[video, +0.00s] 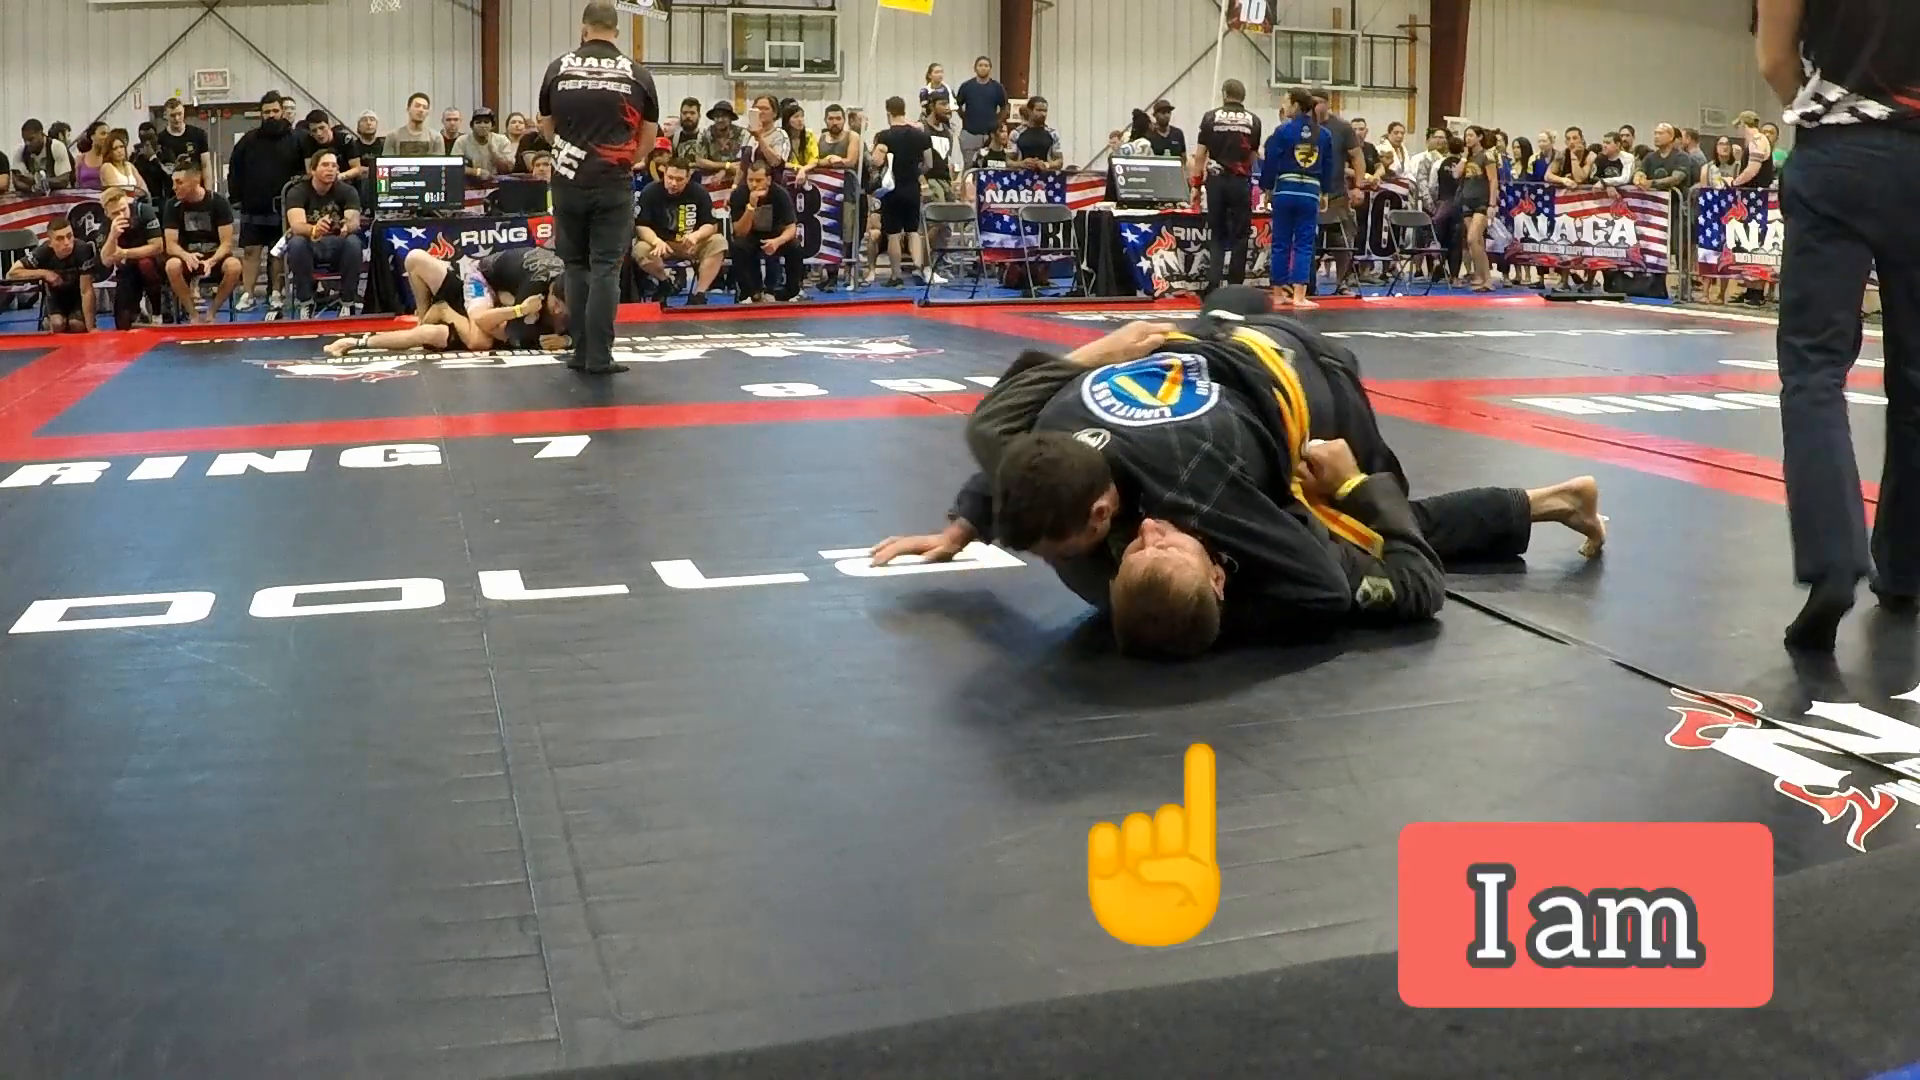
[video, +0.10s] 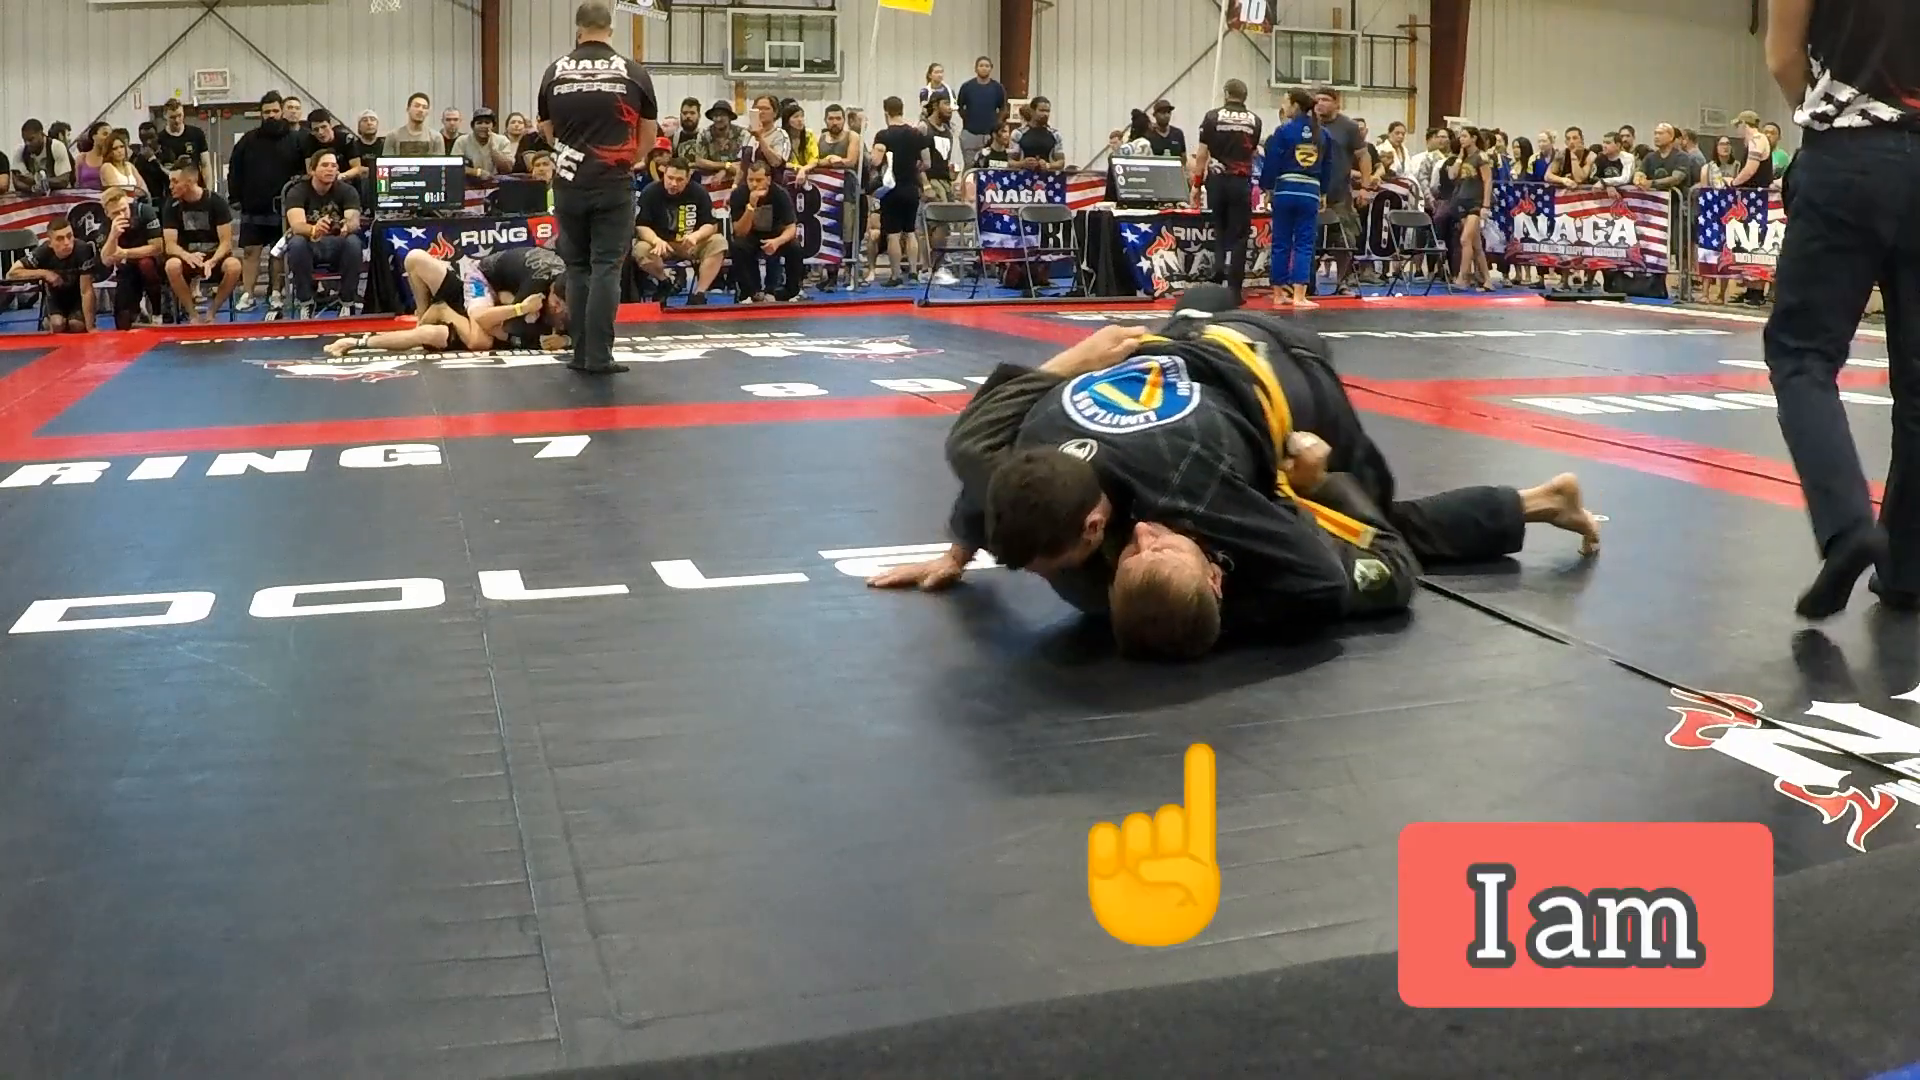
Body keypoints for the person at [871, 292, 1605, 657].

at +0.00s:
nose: (1169, 550)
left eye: (1070, 551)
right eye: (1180, 556)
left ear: (1108, 517)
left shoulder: (1225, 523)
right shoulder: (1031, 446)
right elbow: (1002, 485)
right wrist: (958, 528)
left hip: (1299, 383)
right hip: (1226, 351)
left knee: (1394, 523)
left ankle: (1553, 504)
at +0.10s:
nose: (1047, 568)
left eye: (1060, 566)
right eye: (1032, 561)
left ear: (1103, 525)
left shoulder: (1208, 513)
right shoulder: (998, 475)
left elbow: (1347, 572)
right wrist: (953, 557)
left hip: (1277, 374)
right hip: (1192, 350)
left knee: (1391, 523)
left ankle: (1546, 500)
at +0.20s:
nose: (1042, 581)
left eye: (1056, 574)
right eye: (1027, 573)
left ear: (1098, 533)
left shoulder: (1213, 517)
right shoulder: (995, 483)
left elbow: (1359, 565)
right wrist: (958, 558)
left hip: (1256, 373)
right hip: (1164, 342)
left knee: (1345, 515)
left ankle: (1496, 514)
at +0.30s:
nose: (1039, 582)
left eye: (1050, 572)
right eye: (1026, 574)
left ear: (1092, 536)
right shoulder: (983, 474)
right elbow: (1369, 581)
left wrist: (1061, 348)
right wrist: (966, 557)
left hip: (1259, 383)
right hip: (1166, 335)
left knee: (1328, 517)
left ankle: (1459, 506)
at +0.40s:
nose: (1040, 585)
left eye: (1054, 575)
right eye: (1028, 575)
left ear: (1107, 537)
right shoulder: (992, 470)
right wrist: (974, 557)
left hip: (1260, 382)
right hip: (1161, 332)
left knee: (1302, 499)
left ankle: (1435, 489)